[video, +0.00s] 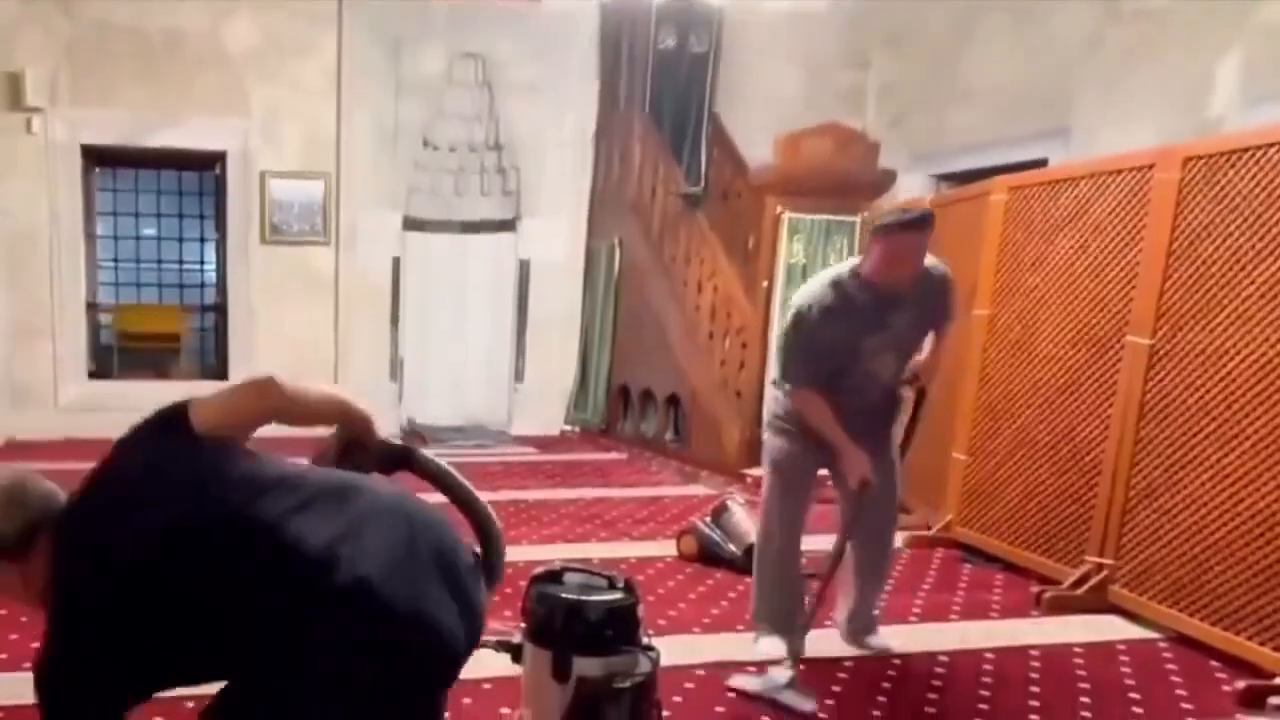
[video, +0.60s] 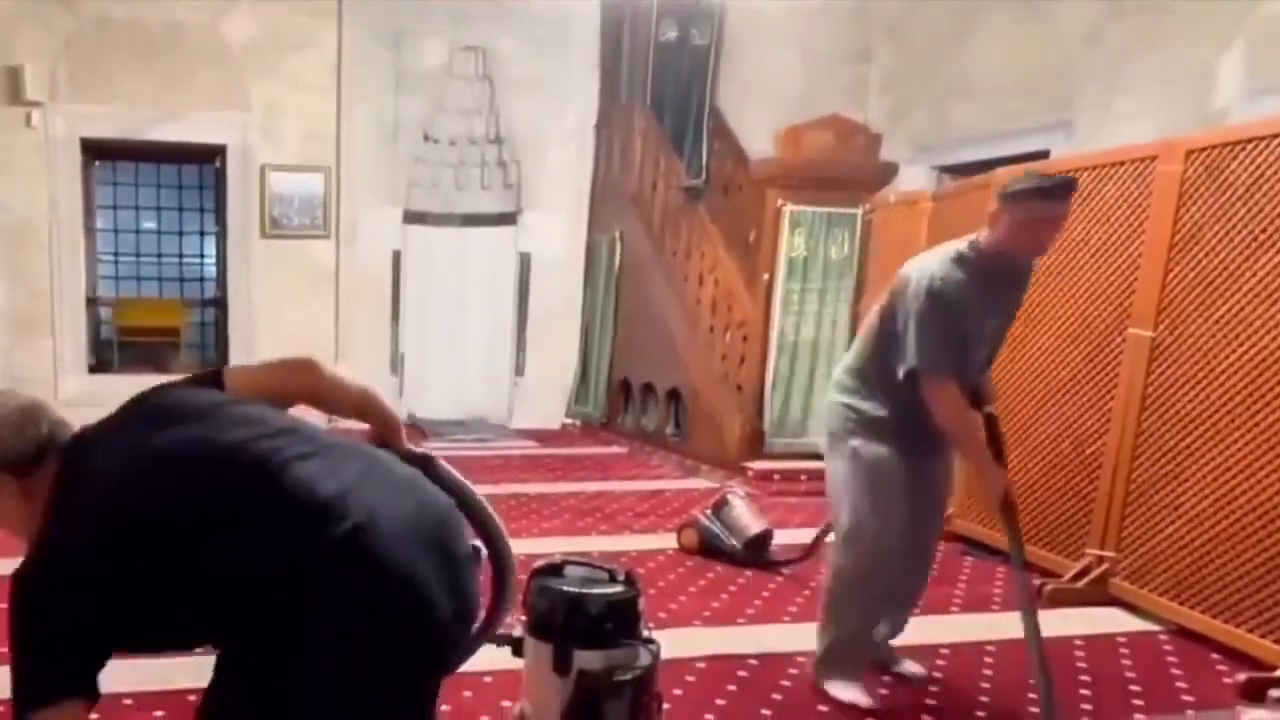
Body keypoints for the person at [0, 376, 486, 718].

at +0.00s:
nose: (15, 600)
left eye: (8, 583)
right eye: (8, 586)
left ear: (19, 563)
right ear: (58, 503)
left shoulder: (76, 666)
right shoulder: (141, 454)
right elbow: (268, 392)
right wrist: (354, 418)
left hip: (371, 646)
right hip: (437, 547)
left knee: (231, 703)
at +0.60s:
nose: (3, 519)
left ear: (13, 485)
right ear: (63, 431)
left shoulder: (51, 584)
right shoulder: (159, 406)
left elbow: (58, 710)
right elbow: (306, 372)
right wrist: (389, 425)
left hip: (351, 614)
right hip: (444, 544)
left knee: (233, 703)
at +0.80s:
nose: (15, 464)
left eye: (9, 448)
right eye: (9, 451)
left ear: (17, 432)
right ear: (77, 381)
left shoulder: (56, 511)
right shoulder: (172, 371)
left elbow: (87, 700)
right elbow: (334, 362)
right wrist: (403, 433)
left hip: (333, 601)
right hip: (430, 537)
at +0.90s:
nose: (52, 410)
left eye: (46, 397)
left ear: (49, 383)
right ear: (118, 338)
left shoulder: (72, 457)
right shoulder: (214, 343)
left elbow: (115, 652)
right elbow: (367, 364)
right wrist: (425, 461)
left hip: (328, 592)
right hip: (434, 539)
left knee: (229, 689)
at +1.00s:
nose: (103, 369)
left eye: (95, 360)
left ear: (97, 347)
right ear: (172, 301)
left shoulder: (102, 410)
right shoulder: (256, 316)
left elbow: (148, 593)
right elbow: (405, 363)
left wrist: (165, 703)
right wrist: (436, 484)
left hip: (324, 585)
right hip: (440, 543)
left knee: (237, 705)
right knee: (380, 705)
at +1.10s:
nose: (149, 329)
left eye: (143, 317)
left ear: (143, 306)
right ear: (217, 274)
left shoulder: (143, 378)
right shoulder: (303, 296)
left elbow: (181, 557)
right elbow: (441, 358)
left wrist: (217, 630)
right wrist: (448, 479)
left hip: (334, 572)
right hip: (450, 537)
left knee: (251, 700)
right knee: (383, 701)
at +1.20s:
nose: (187, 303)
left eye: (184, 292)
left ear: (184, 279)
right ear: (259, 252)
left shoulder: (183, 349)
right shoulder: (344, 277)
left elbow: (206, 523)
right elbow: (470, 343)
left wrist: (262, 589)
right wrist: (452, 462)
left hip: (338, 556)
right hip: (459, 530)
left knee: (263, 710)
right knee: (396, 705)